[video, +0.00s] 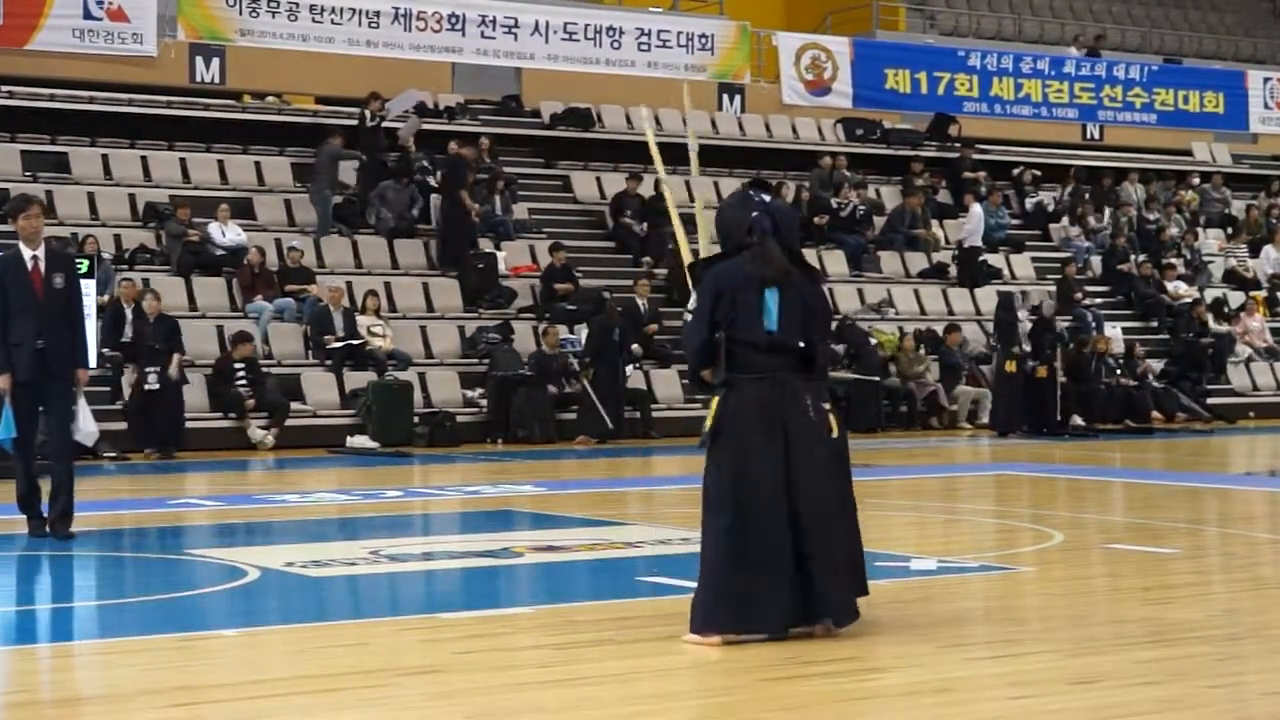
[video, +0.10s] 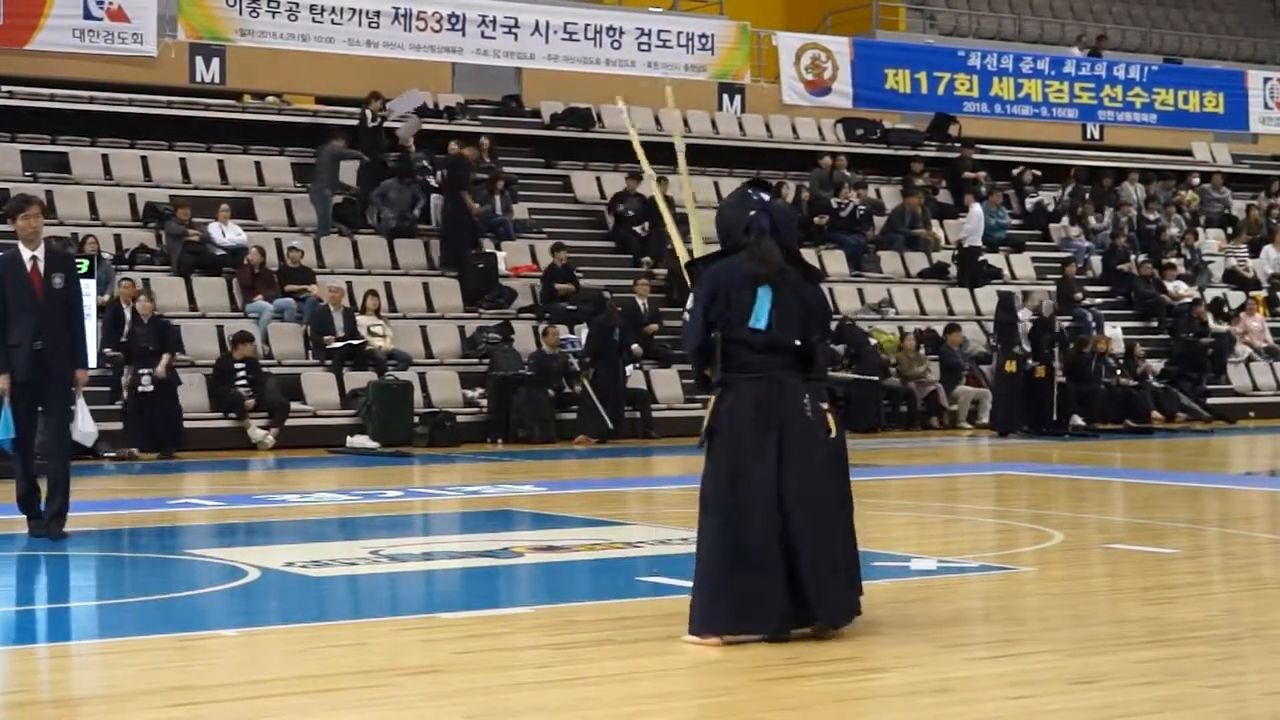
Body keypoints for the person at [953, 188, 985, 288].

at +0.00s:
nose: (964, 199)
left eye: (966, 196)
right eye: (965, 196)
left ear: (972, 197)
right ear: (971, 197)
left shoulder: (974, 210)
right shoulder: (976, 209)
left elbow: (970, 227)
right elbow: (971, 227)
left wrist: (959, 238)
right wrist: (960, 238)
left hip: (970, 247)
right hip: (974, 246)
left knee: (965, 274)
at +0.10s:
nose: (964, 199)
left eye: (967, 196)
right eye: (965, 196)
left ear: (972, 197)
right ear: (971, 198)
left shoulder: (974, 211)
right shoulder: (977, 209)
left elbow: (969, 228)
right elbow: (971, 227)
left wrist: (959, 239)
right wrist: (960, 239)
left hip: (970, 247)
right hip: (975, 246)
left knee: (964, 275)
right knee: (970, 275)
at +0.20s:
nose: (965, 199)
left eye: (967, 196)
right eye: (965, 196)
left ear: (972, 197)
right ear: (972, 197)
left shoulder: (974, 211)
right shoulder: (977, 209)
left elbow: (969, 228)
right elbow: (971, 227)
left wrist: (959, 239)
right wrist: (960, 239)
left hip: (970, 246)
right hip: (975, 245)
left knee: (964, 274)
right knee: (970, 274)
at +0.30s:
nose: (965, 199)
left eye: (967, 196)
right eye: (965, 196)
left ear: (973, 197)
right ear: (972, 197)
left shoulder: (974, 211)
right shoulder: (977, 209)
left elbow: (969, 228)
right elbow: (971, 227)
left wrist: (958, 239)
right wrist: (960, 239)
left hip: (970, 246)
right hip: (975, 246)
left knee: (964, 274)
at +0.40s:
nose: (965, 199)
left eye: (967, 196)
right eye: (965, 196)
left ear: (973, 197)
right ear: (972, 197)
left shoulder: (974, 211)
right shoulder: (977, 209)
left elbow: (969, 227)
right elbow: (971, 227)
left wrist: (959, 239)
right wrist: (961, 239)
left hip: (970, 246)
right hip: (975, 245)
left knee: (965, 274)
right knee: (970, 274)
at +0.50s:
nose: (965, 199)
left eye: (967, 196)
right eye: (965, 196)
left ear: (972, 197)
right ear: (972, 198)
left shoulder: (974, 210)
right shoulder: (977, 209)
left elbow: (969, 227)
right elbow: (972, 227)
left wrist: (960, 238)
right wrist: (961, 238)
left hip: (971, 246)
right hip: (976, 245)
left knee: (966, 273)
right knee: (971, 273)